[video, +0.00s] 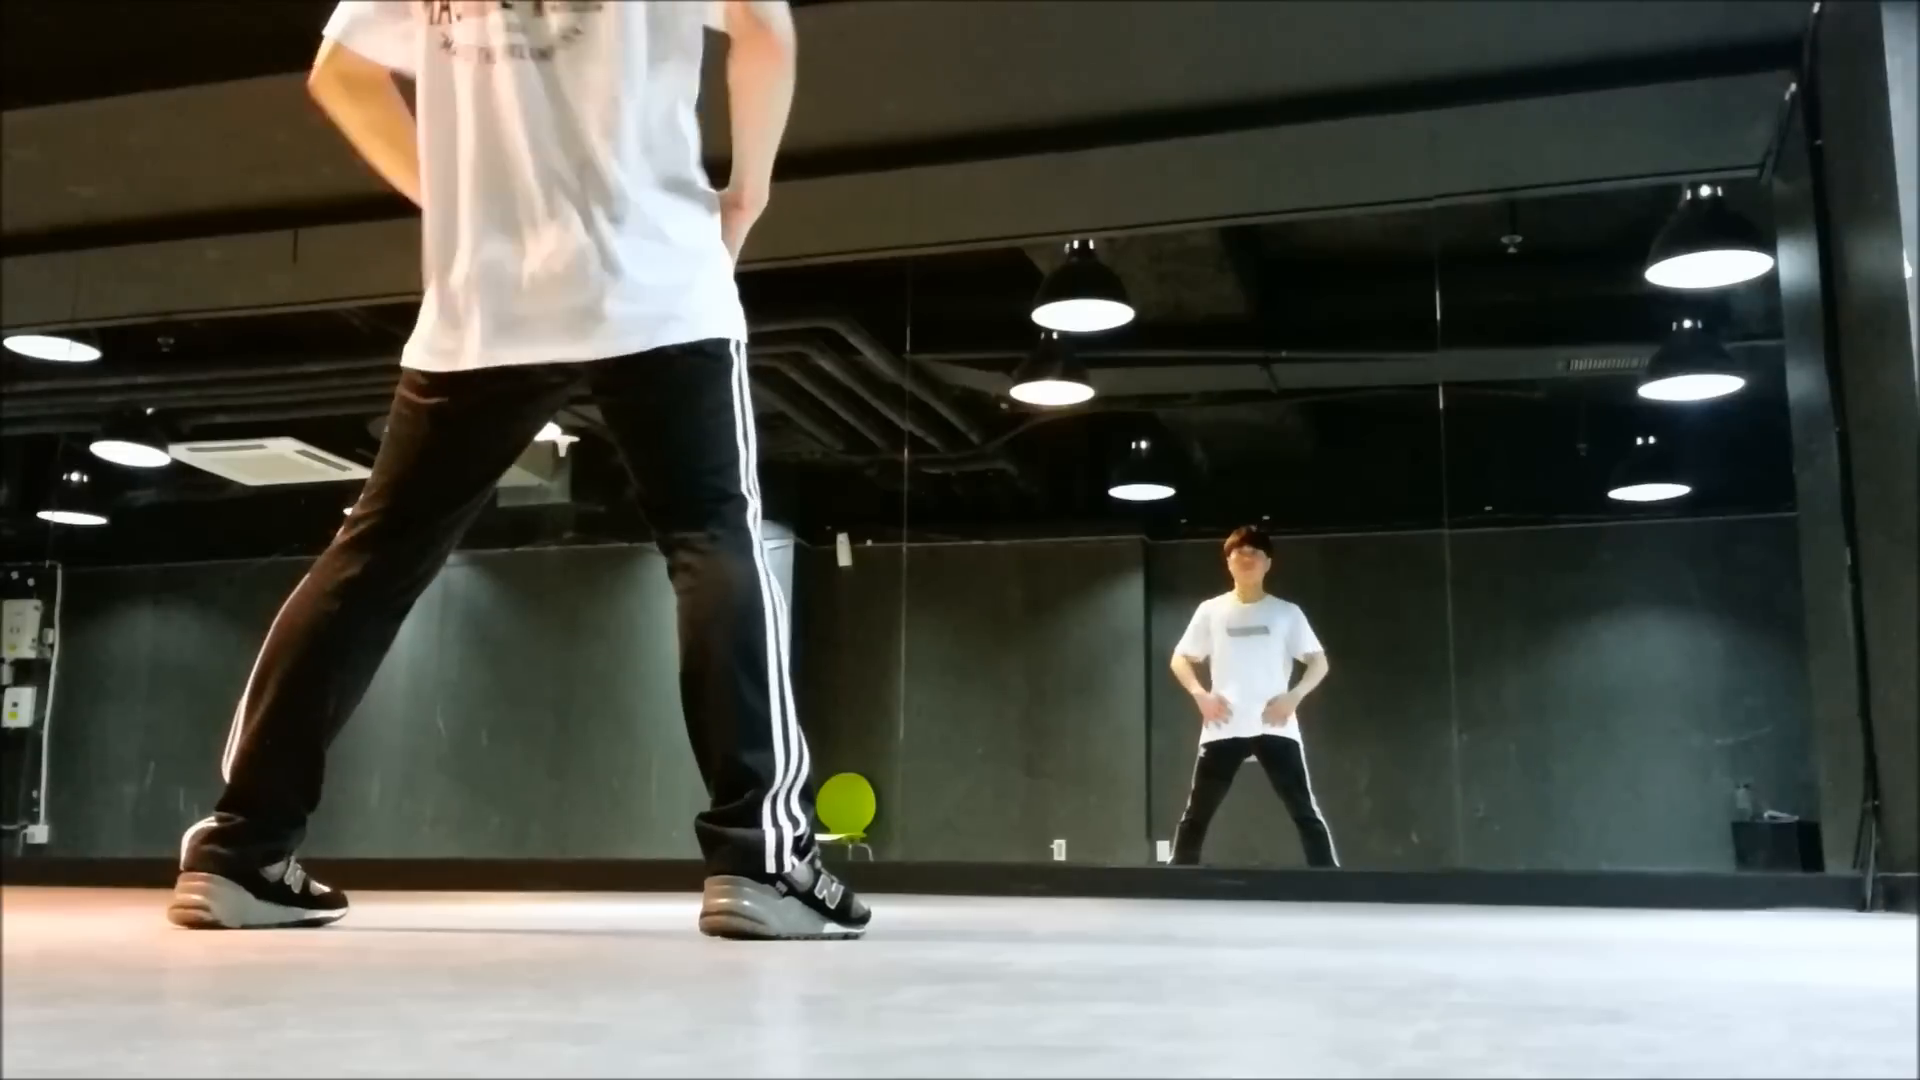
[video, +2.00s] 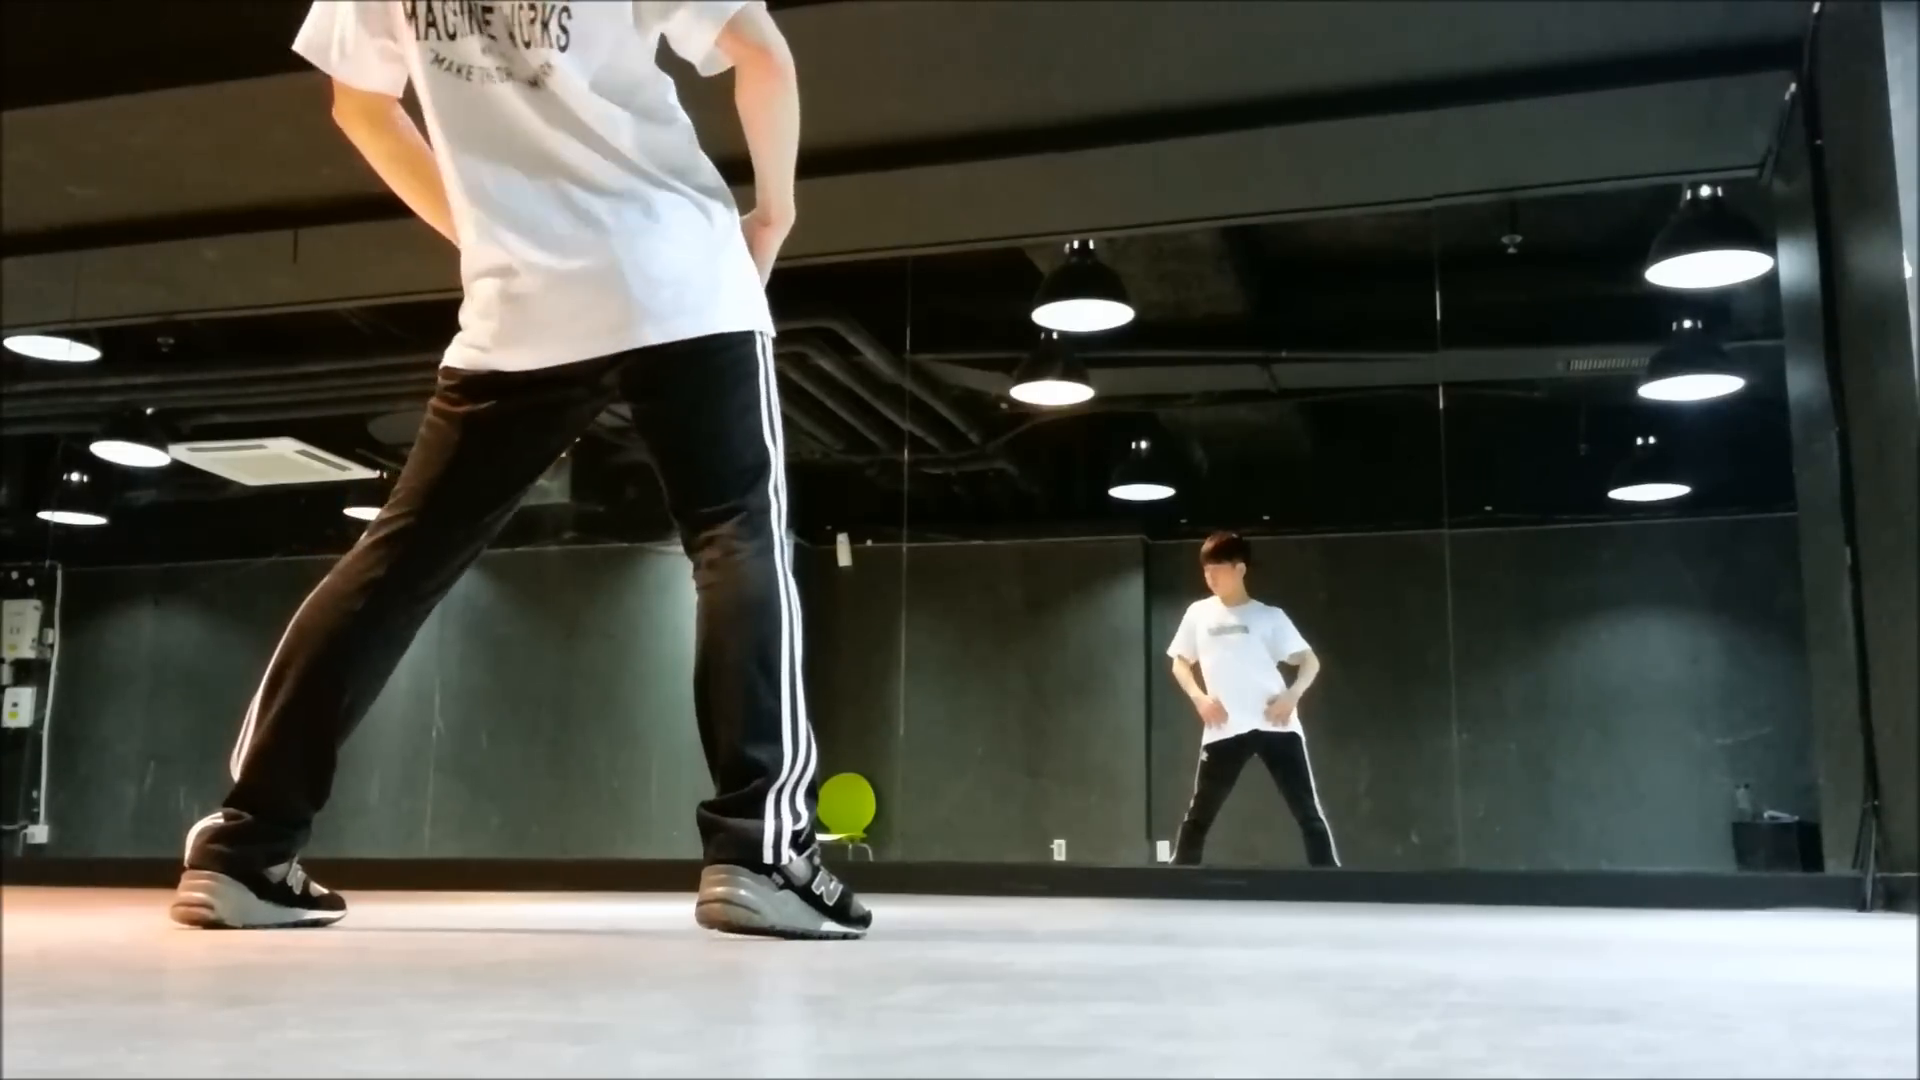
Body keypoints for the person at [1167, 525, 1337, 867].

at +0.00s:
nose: (1247, 559)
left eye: (1255, 553)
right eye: (1240, 553)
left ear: (1268, 563)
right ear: (1229, 562)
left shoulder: (1288, 613)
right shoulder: (1210, 611)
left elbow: (1319, 664)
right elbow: (1179, 660)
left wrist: (1292, 698)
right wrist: (1201, 696)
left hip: (1276, 731)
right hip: (1223, 731)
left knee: (1305, 813)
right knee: (1196, 815)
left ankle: (1331, 889)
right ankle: (1177, 890)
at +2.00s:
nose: (1210, 576)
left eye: (1217, 567)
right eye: (1206, 568)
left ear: (1240, 568)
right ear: (1203, 572)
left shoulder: (1271, 617)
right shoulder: (1198, 614)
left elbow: (1311, 662)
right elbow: (1179, 663)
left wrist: (1292, 696)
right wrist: (1201, 699)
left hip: (1277, 730)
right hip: (1224, 732)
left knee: (1309, 814)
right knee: (1199, 816)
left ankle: (1333, 888)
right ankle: (1178, 890)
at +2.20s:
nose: (1214, 576)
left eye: (1222, 567)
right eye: (1211, 569)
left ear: (1245, 568)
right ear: (1207, 572)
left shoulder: (1277, 615)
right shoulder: (1201, 610)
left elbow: (1314, 663)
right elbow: (1176, 658)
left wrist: (1292, 697)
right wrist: (1197, 694)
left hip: (1277, 726)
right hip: (1224, 727)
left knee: (1307, 813)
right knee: (1198, 815)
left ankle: (1332, 889)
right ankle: (1179, 891)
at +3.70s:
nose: (1249, 564)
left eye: (1257, 557)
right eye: (1242, 557)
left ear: (1269, 563)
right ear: (1230, 563)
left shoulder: (1292, 610)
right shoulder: (1211, 611)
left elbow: (1322, 659)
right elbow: (1182, 659)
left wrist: (1298, 695)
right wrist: (1202, 695)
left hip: (1278, 729)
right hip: (1224, 730)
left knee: (1306, 813)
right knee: (1197, 815)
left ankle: (1332, 889)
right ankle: (1178, 890)